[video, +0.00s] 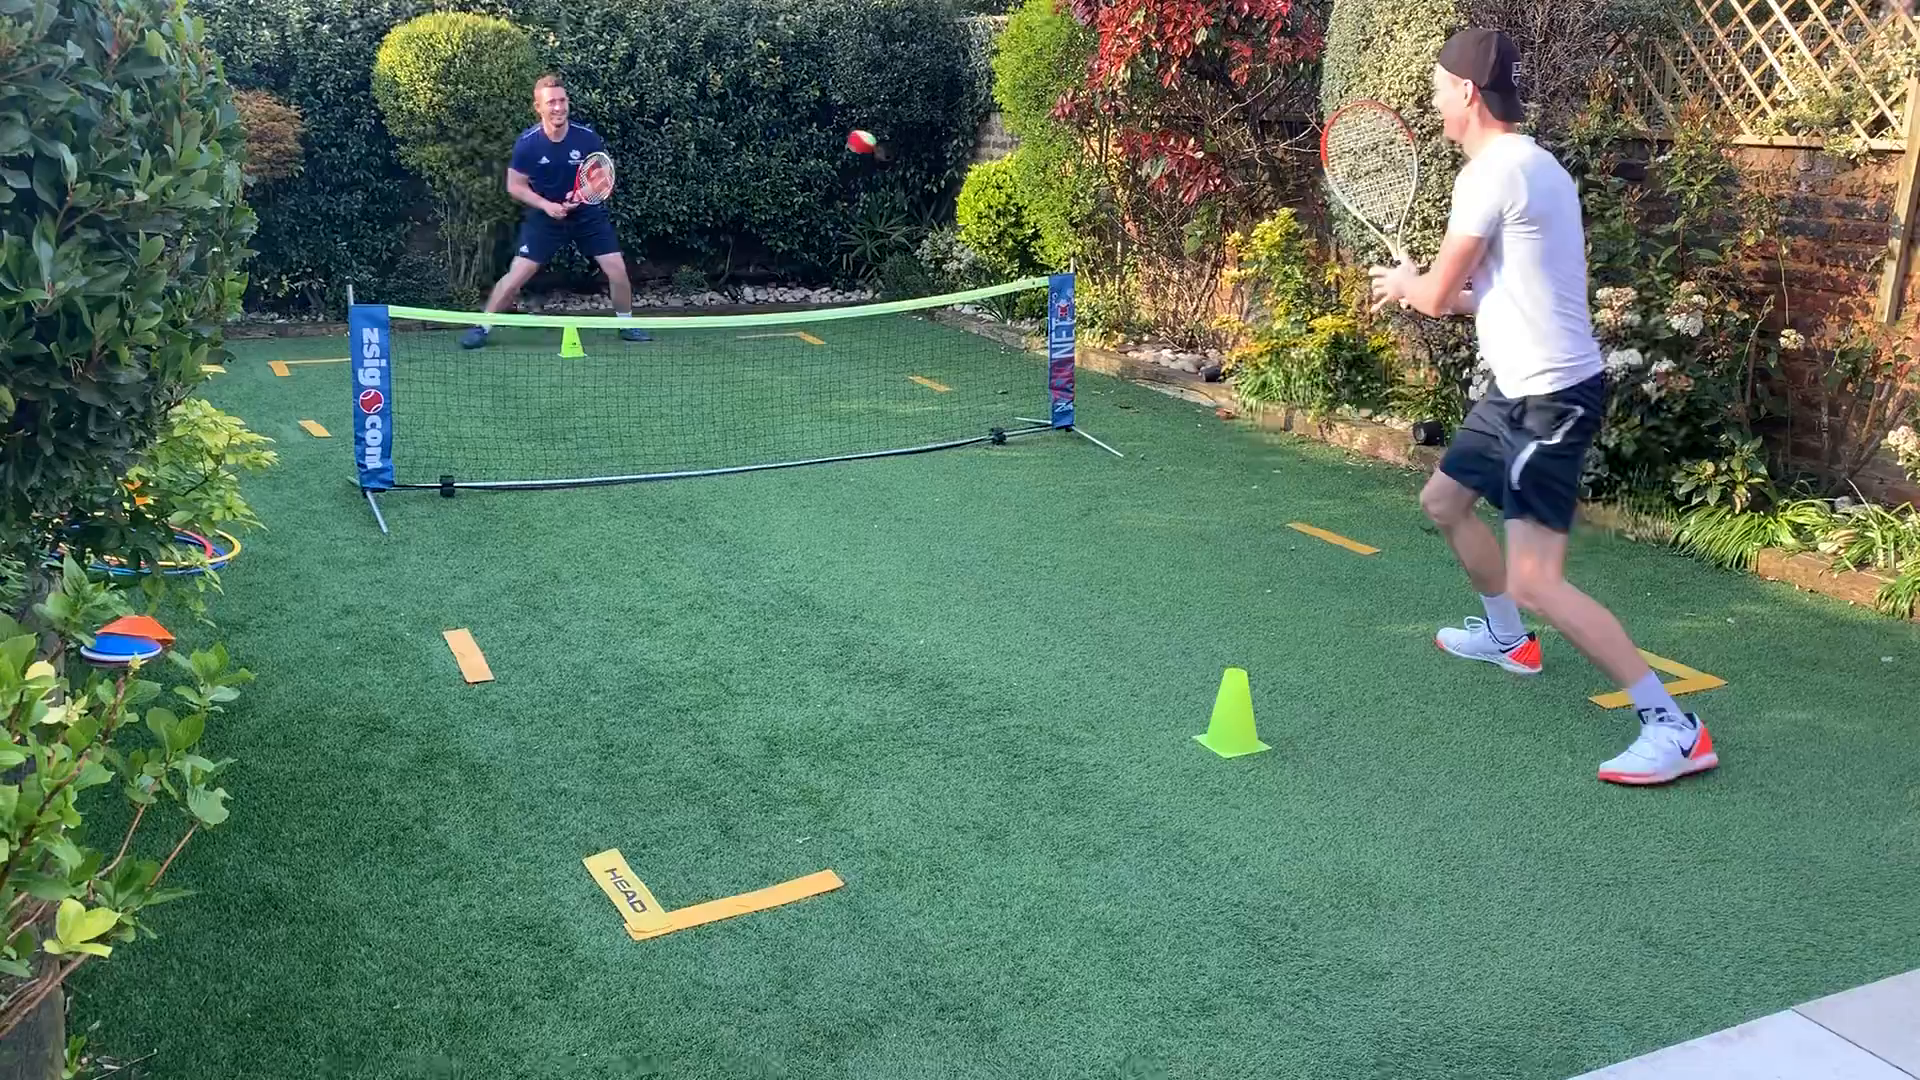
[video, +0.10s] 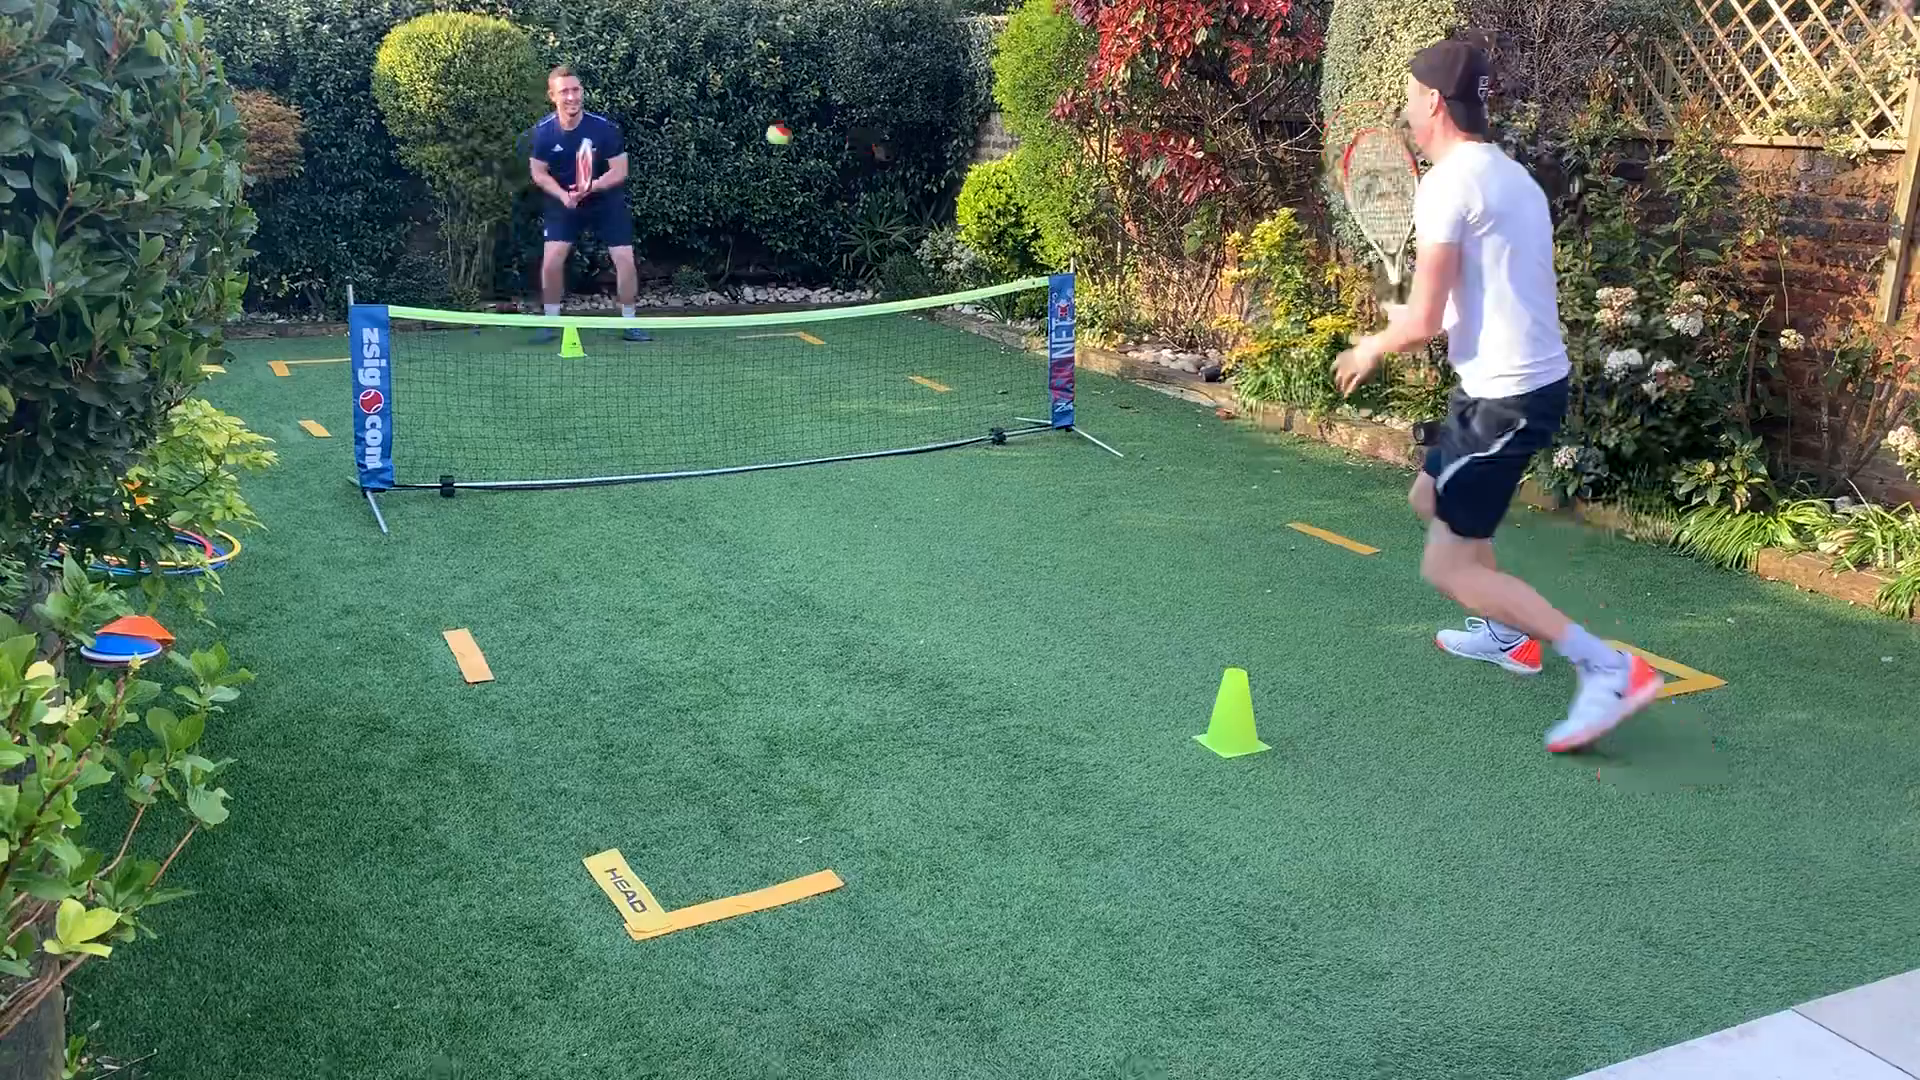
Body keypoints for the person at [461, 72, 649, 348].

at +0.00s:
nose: (558, 107)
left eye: (562, 101)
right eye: (551, 102)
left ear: (568, 103)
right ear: (538, 107)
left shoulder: (588, 139)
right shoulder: (527, 144)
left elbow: (604, 179)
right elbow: (515, 186)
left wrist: (584, 193)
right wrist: (546, 206)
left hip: (589, 216)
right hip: (547, 218)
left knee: (618, 271)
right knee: (517, 275)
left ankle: (626, 324)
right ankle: (483, 326)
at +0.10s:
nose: (571, 97)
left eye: (575, 90)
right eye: (564, 92)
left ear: (582, 93)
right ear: (553, 97)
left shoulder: (605, 129)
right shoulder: (543, 132)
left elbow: (620, 172)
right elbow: (538, 173)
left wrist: (592, 186)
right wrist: (562, 194)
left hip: (606, 201)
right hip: (564, 202)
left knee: (625, 257)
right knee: (553, 258)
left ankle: (630, 323)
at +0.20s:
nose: (581, 92)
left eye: (585, 86)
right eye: (574, 88)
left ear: (595, 86)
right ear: (565, 91)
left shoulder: (615, 120)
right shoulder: (559, 122)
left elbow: (630, 169)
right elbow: (558, 156)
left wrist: (591, 183)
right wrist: (566, 184)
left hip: (620, 191)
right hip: (583, 195)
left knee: (635, 255)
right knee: (588, 259)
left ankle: (649, 307)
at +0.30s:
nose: (590, 104)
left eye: (595, 96)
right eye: (584, 98)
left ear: (606, 95)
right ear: (577, 100)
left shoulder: (624, 128)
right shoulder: (575, 128)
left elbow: (640, 176)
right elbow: (572, 165)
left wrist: (598, 188)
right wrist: (570, 192)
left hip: (636, 199)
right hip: (607, 204)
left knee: (650, 261)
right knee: (618, 265)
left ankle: (680, 315)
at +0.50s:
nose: (585, 125)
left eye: (589, 118)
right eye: (580, 120)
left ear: (605, 109)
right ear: (576, 118)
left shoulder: (628, 138)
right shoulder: (592, 141)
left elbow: (641, 185)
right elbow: (594, 176)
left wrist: (607, 196)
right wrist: (570, 205)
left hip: (658, 201)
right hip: (628, 202)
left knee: (662, 266)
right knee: (611, 256)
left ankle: (686, 320)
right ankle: (637, 311)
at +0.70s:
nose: (575, 133)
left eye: (578, 126)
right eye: (569, 128)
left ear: (593, 117)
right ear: (566, 127)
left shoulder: (621, 136)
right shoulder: (586, 151)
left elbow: (661, 162)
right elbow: (595, 193)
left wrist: (631, 190)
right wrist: (577, 230)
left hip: (657, 199)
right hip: (623, 205)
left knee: (664, 260)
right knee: (616, 262)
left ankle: (687, 322)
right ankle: (618, 321)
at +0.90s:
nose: (583, 112)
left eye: (587, 105)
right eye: (578, 107)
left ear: (602, 99)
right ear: (575, 107)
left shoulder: (632, 117)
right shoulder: (584, 139)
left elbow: (672, 136)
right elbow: (584, 187)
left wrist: (657, 162)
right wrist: (569, 212)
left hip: (658, 195)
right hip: (624, 202)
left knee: (669, 251)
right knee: (617, 260)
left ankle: (685, 317)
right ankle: (617, 318)